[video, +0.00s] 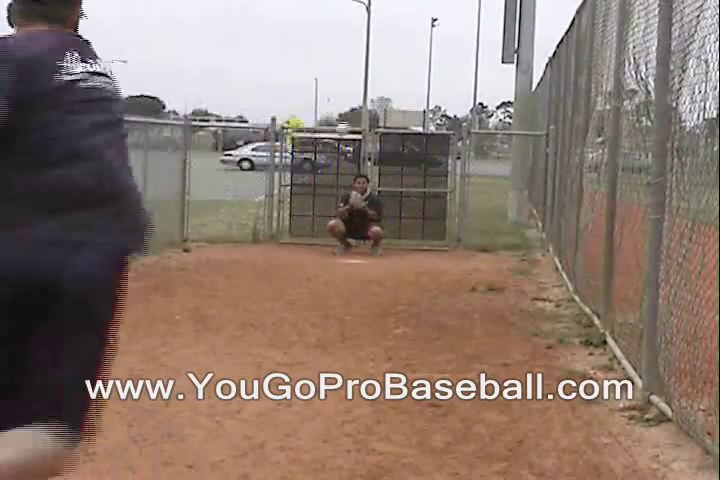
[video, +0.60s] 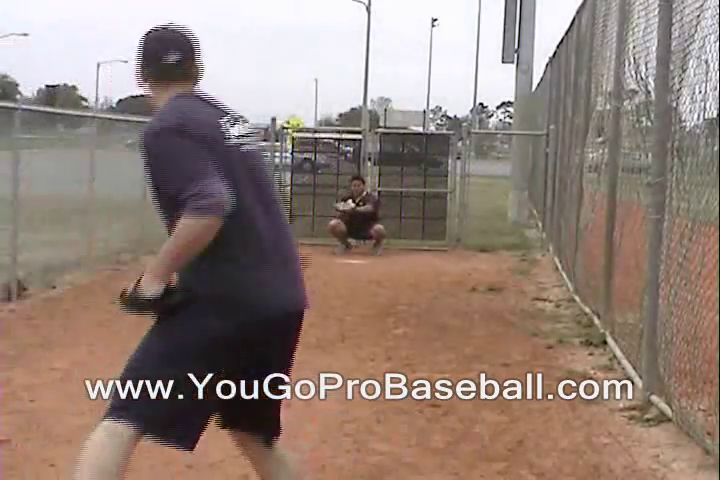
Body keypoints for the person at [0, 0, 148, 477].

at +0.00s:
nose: (81, 18)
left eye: (14, 13)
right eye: (80, 12)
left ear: (14, 15)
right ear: (76, 13)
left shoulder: (11, 57)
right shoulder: (94, 63)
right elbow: (109, 160)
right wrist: (134, 224)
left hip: (18, 248)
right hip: (93, 245)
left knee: (15, 410)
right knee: (55, 428)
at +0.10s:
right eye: (70, 26)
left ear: (5, 21)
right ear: (65, 27)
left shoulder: (13, 45)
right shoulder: (80, 69)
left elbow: (44, 84)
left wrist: (0, 138)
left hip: (55, 240)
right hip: (133, 239)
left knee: (16, 414)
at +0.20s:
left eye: (7, 37)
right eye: (66, 35)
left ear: (6, 32)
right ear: (63, 34)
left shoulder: (15, 56)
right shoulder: (71, 74)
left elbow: (77, 88)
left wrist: (13, 162)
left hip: (86, 248)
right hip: (167, 240)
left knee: (35, 412)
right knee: (214, 385)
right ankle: (384, 414)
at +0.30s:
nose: (25, 56)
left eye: (27, 48)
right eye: (34, 50)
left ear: (33, 46)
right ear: (84, 47)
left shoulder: (39, 71)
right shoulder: (112, 92)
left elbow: (83, 108)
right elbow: (128, 190)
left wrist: (28, 193)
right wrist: (52, 239)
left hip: (119, 251)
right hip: (193, 242)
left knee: (58, 415)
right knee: (281, 386)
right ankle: (439, 448)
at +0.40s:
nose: (59, 65)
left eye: (60, 59)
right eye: (61, 60)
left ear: (63, 58)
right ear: (116, 55)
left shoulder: (68, 91)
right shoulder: (148, 100)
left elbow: (100, 139)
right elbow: (165, 188)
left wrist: (63, 234)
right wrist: (105, 250)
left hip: (154, 263)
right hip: (229, 256)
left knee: (82, 416)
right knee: (288, 392)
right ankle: (379, 472)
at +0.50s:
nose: (98, 77)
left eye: (98, 69)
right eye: (101, 68)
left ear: (103, 74)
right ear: (157, 69)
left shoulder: (120, 121)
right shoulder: (191, 118)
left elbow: (158, 180)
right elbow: (210, 211)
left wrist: (110, 261)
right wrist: (149, 282)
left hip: (197, 280)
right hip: (264, 274)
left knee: (106, 423)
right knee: (266, 423)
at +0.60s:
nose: (141, 79)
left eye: (140, 71)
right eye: (144, 71)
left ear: (145, 76)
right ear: (196, 70)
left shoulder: (169, 127)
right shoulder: (227, 117)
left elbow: (210, 205)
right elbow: (257, 209)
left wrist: (160, 268)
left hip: (223, 302)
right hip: (280, 299)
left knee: (123, 421)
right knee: (252, 429)